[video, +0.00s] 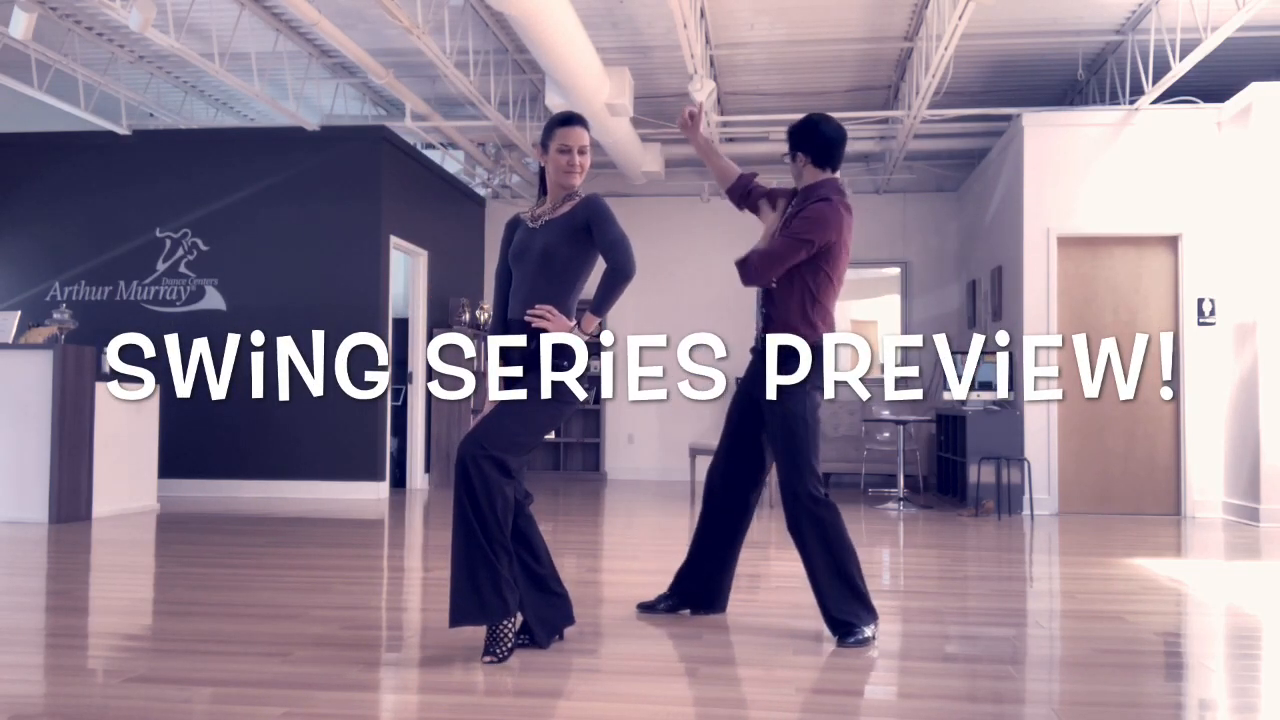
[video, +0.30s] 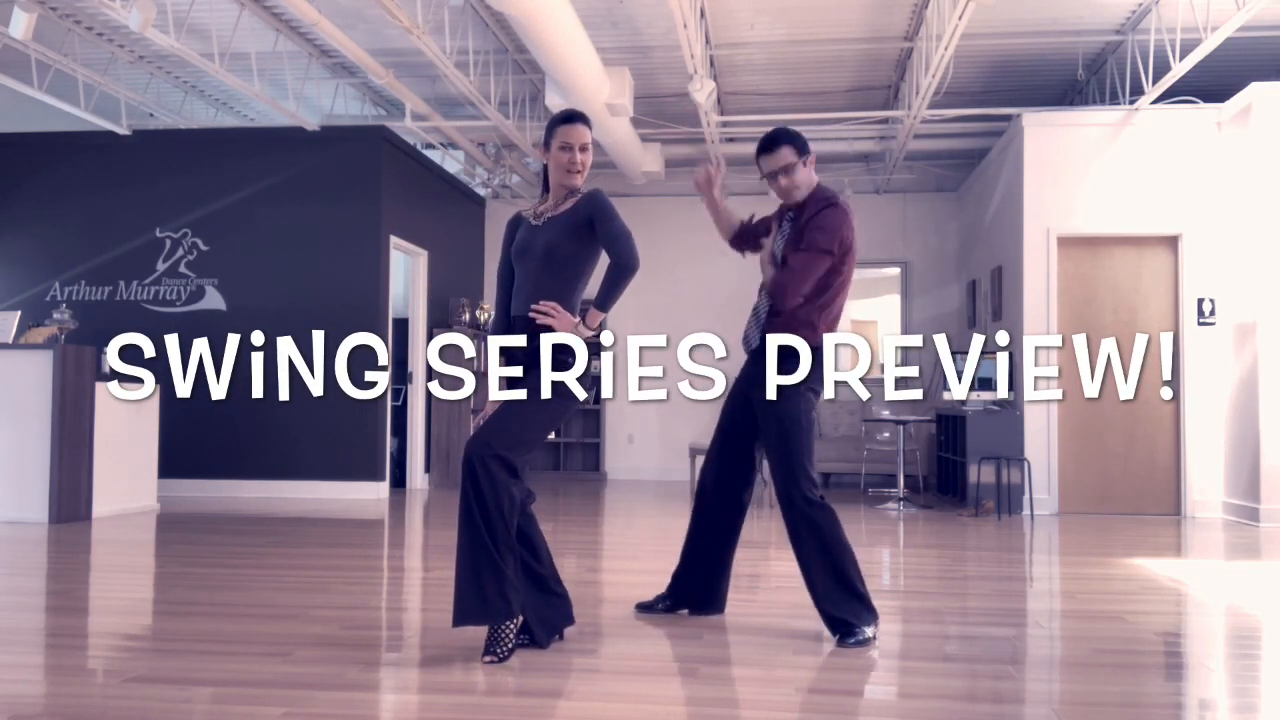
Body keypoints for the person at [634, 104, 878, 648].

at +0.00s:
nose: (786, 160)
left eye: (790, 152)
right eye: (789, 154)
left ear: (802, 155)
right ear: (832, 157)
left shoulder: (825, 209)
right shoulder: (804, 199)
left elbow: (753, 270)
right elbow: (744, 189)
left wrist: (767, 229)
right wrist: (698, 138)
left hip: (795, 361)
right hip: (771, 357)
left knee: (803, 492)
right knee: (731, 478)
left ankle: (854, 618)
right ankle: (698, 591)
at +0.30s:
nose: (778, 183)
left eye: (786, 171)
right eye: (770, 177)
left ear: (809, 164)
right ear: (765, 180)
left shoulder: (830, 215)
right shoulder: (786, 215)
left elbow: (787, 292)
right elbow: (740, 237)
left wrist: (766, 256)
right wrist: (713, 198)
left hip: (793, 365)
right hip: (762, 362)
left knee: (799, 491)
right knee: (722, 477)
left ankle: (854, 618)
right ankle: (696, 592)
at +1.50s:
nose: (769, 148)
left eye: (779, 140)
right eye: (759, 140)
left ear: (794, 148)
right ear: (745, 150)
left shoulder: (800, 202)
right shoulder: (742, 208)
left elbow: (854, 262)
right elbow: (741, 268)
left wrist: (807, 320)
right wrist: (726, 289)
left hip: (783, 354)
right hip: (742, 357)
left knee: (814, 482)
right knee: (723, 477)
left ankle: (857, 615)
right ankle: (698, 590)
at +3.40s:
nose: (788, 161)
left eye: (798, 153)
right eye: (788, 154)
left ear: (831, 160)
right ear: (800, 163)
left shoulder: (843, 219)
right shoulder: (792, 217)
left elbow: (869, 297)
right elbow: (772, 279)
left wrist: (814, 338)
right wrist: (744, 323)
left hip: (786, 364)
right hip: (749, 360)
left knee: (803, 487)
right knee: (720, 478)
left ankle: (854, 615)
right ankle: (697, 591)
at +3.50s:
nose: (787, 164)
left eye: (797, 156)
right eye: (787, 156)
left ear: (830, 162)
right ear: (800, 165)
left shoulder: (847, 221)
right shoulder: (791, 220)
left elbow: (876, 298)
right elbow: (761, 279)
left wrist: (821, 344)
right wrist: (744, 324)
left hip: (792, 368)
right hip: (753, 364)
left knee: (799, 493)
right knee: (719, 483)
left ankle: (854, 617)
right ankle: (695, 592)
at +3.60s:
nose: (789, 168)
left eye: (798, 159)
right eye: (788, 160)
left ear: (830, 164)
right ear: (808, 166)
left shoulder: (854, 222)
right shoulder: (792, 223)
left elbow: (888, 299)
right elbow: (758, 285)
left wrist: (832, 350)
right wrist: (743, 327)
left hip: (802, 372)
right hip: (759, 368)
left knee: (799, 500)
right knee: (725, 485)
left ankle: (854, 617)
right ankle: (696, 591)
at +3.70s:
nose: (791, 170)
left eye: (801, 161)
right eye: (791, 162)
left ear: (834, 165)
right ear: (811, 168)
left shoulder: (862, 224)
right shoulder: (794, 228)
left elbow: (899, 299)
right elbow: (752, 288)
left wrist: (844, 352)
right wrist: (739, 329)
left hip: (809, 372)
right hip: (763, 368)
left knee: (800, 504)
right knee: (729, 486)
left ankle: (856, 617)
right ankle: (696, 591)